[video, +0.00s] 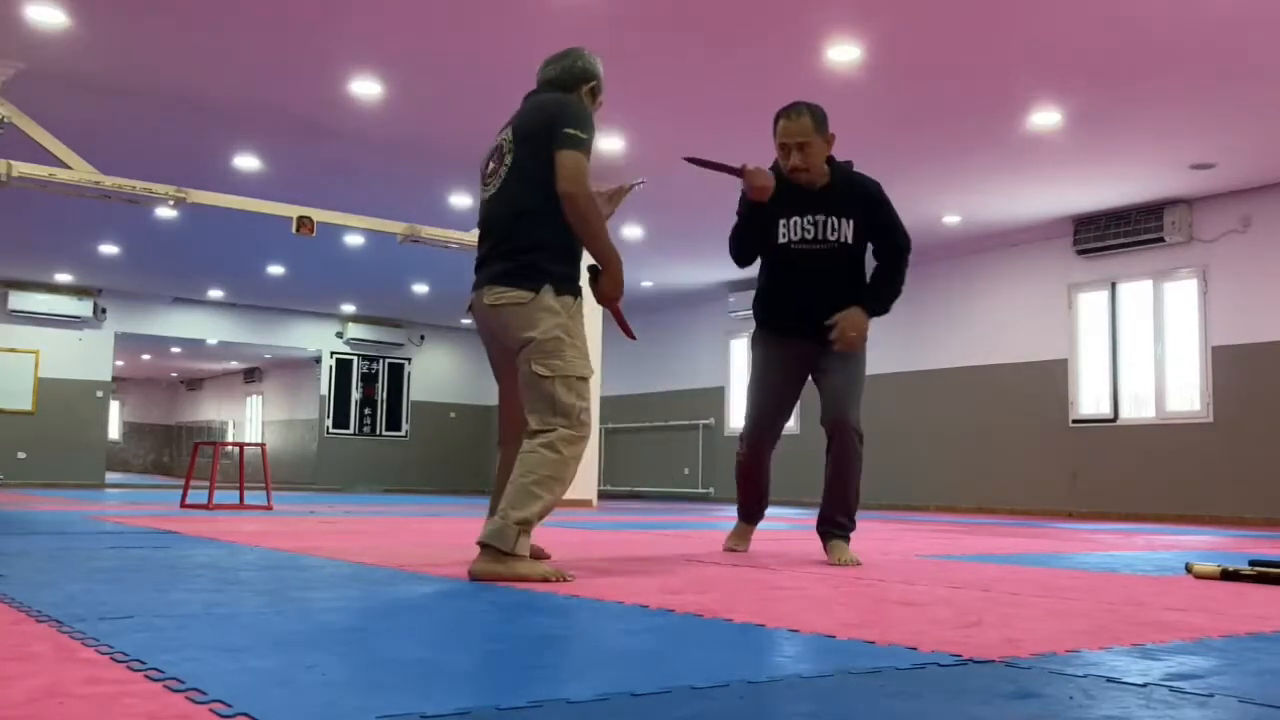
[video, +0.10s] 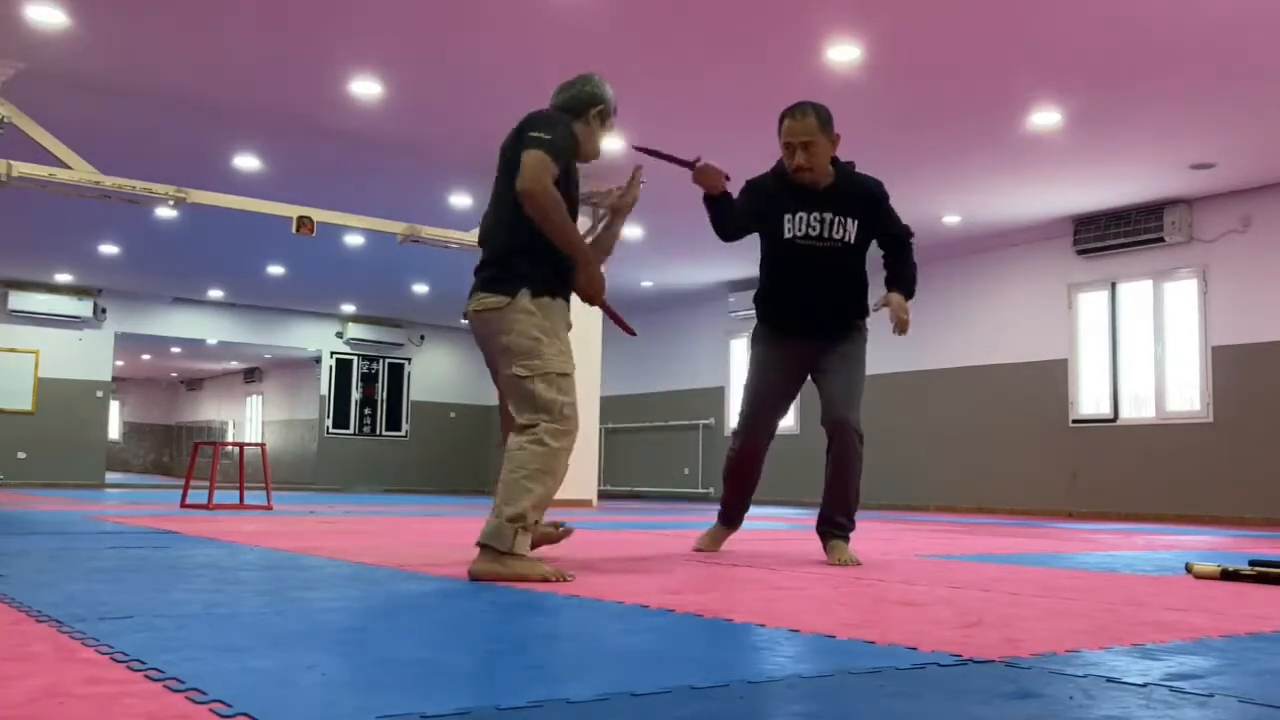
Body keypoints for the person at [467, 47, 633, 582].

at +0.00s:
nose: (598, 109)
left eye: (599, 101)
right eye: (598, 99)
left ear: (545, 84)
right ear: (588, 90)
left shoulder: (514, 128)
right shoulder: (569, 111)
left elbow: (528, 217)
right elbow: (573, 191)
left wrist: (588, 213)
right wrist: (611, 264)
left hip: (494, 296)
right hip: (537, 295)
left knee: (519, 428)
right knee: (565, 425)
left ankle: (507, 543)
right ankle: (503, 549)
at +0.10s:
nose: (603, 142)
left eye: (606, 132)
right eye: (605, 128)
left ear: (575, 113)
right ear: (592, 115)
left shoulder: (555, 169)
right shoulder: (549, 125)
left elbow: (584, 263)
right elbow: (532, 187)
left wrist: (617, 216)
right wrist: (583, 260)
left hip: (515, 303)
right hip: (520, 302)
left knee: (529, 422)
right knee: (552, 422)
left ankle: (522, 526)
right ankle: (501, 550)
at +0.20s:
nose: (620, 174)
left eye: (623, 165)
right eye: (621, 161)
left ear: (593, 150)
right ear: (601, 147)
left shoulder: (582, 220)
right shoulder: (542, 153)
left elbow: (639, 273)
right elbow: (495, 195)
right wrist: (553, 256)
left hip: (528, 321)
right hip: (498, 308)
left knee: (556, 419)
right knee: (520, 416)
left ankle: (533, 535)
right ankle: (495, 547)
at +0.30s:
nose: (631, 184)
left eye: (635, 176)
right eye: (630, 170)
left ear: (606, 163)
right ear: (607, 156)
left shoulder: (593, 230)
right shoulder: (541, 163)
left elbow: (641, 283)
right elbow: (476, 196)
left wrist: (695, 228)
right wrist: (524, 246)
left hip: (534, 328)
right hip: (490, 310)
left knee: (571, 424)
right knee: (518, 407)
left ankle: (532, 537)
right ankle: (459, 543)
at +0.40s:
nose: (631, 185)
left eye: (635, 177)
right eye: (629, 172)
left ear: (607, 164)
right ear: (605, 157)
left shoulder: (595, 231)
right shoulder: (537, 168)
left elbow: (641, 289)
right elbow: (467, 202)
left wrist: (689, 232)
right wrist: (509, 251)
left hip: (532, 334)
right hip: (485, 314)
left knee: (572, 431)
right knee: (505, 407)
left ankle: (526, 537)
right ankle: (450, 544)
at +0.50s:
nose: (631, 185)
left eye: (635, 177)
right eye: (629, 171)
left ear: (605, 165)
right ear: (603, 158)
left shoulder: (593, 232)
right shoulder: (535, 171)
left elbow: (640, 292)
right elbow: (463, 204)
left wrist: (687, 241)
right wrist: (502, 255)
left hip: (529, 336)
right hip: (482, 316)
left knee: (572, 430)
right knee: (501, 411)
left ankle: (527, 537)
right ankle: (449, 544)